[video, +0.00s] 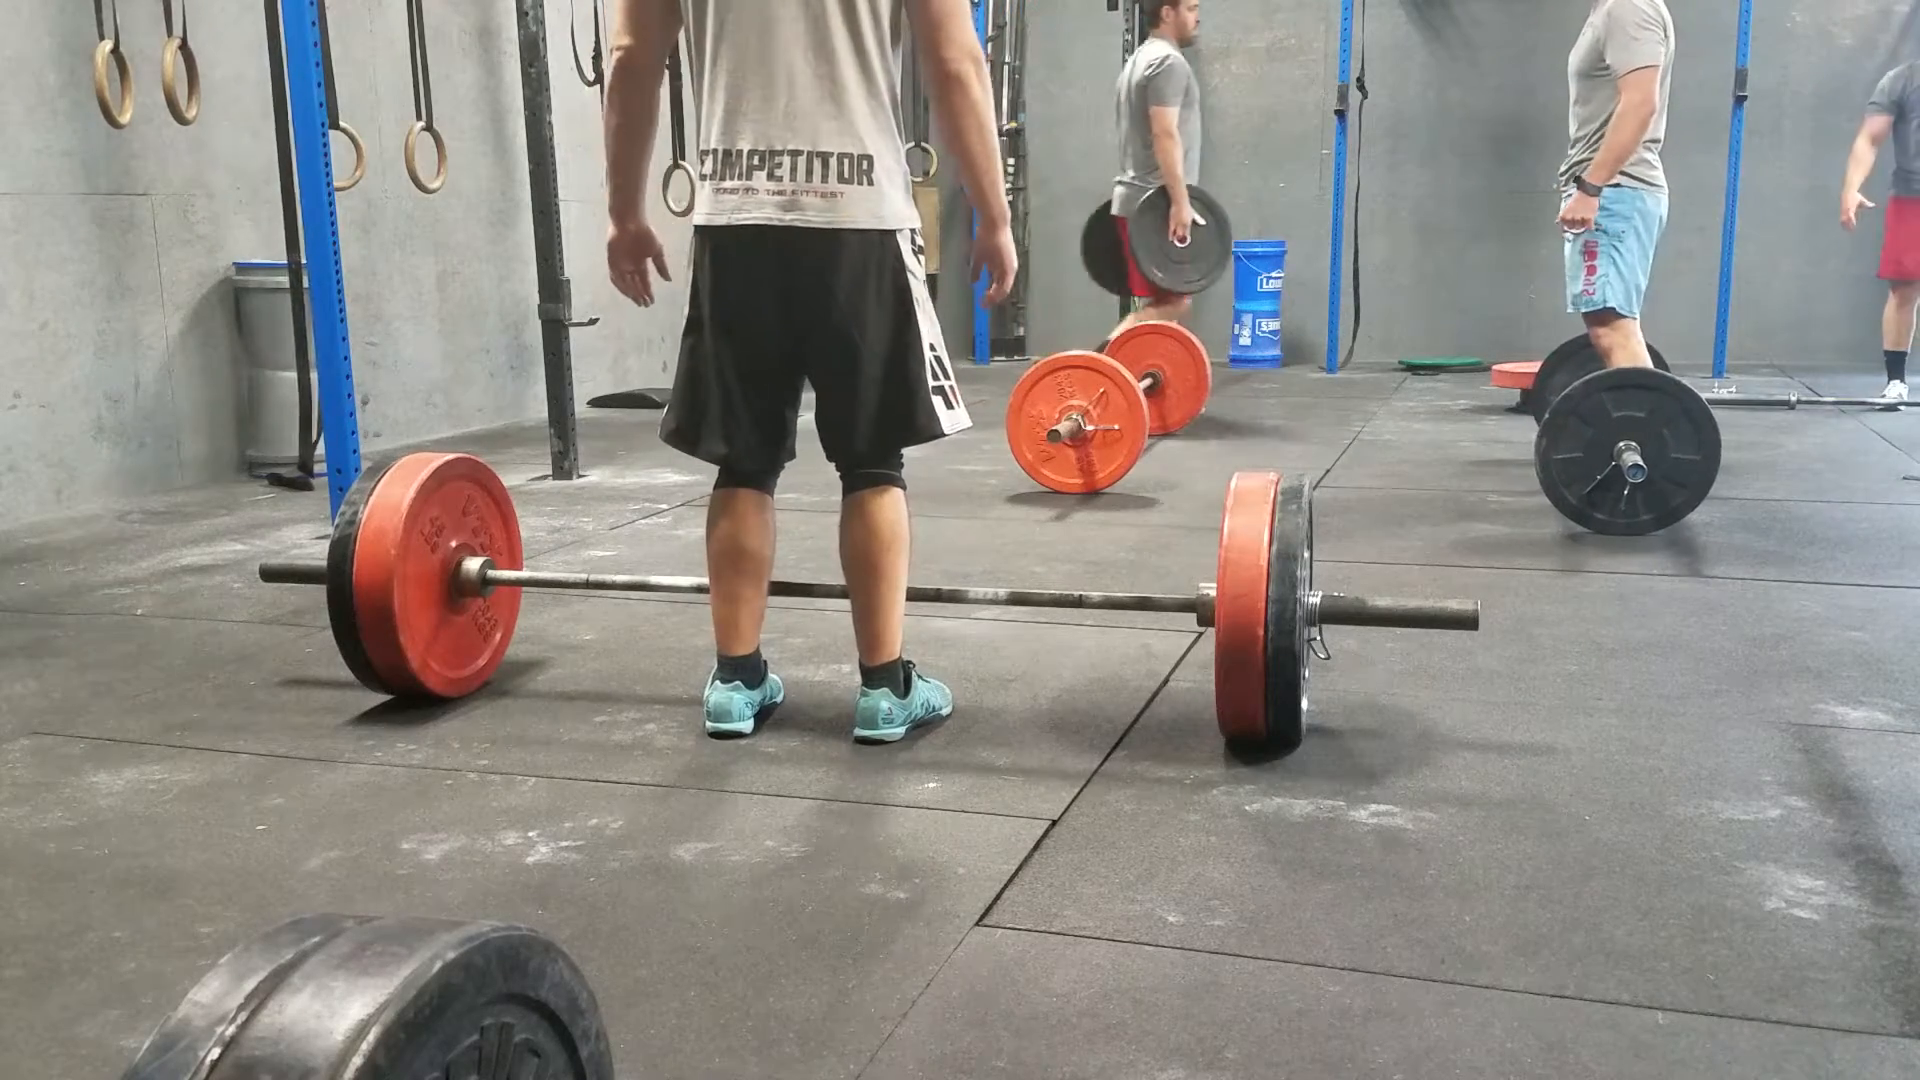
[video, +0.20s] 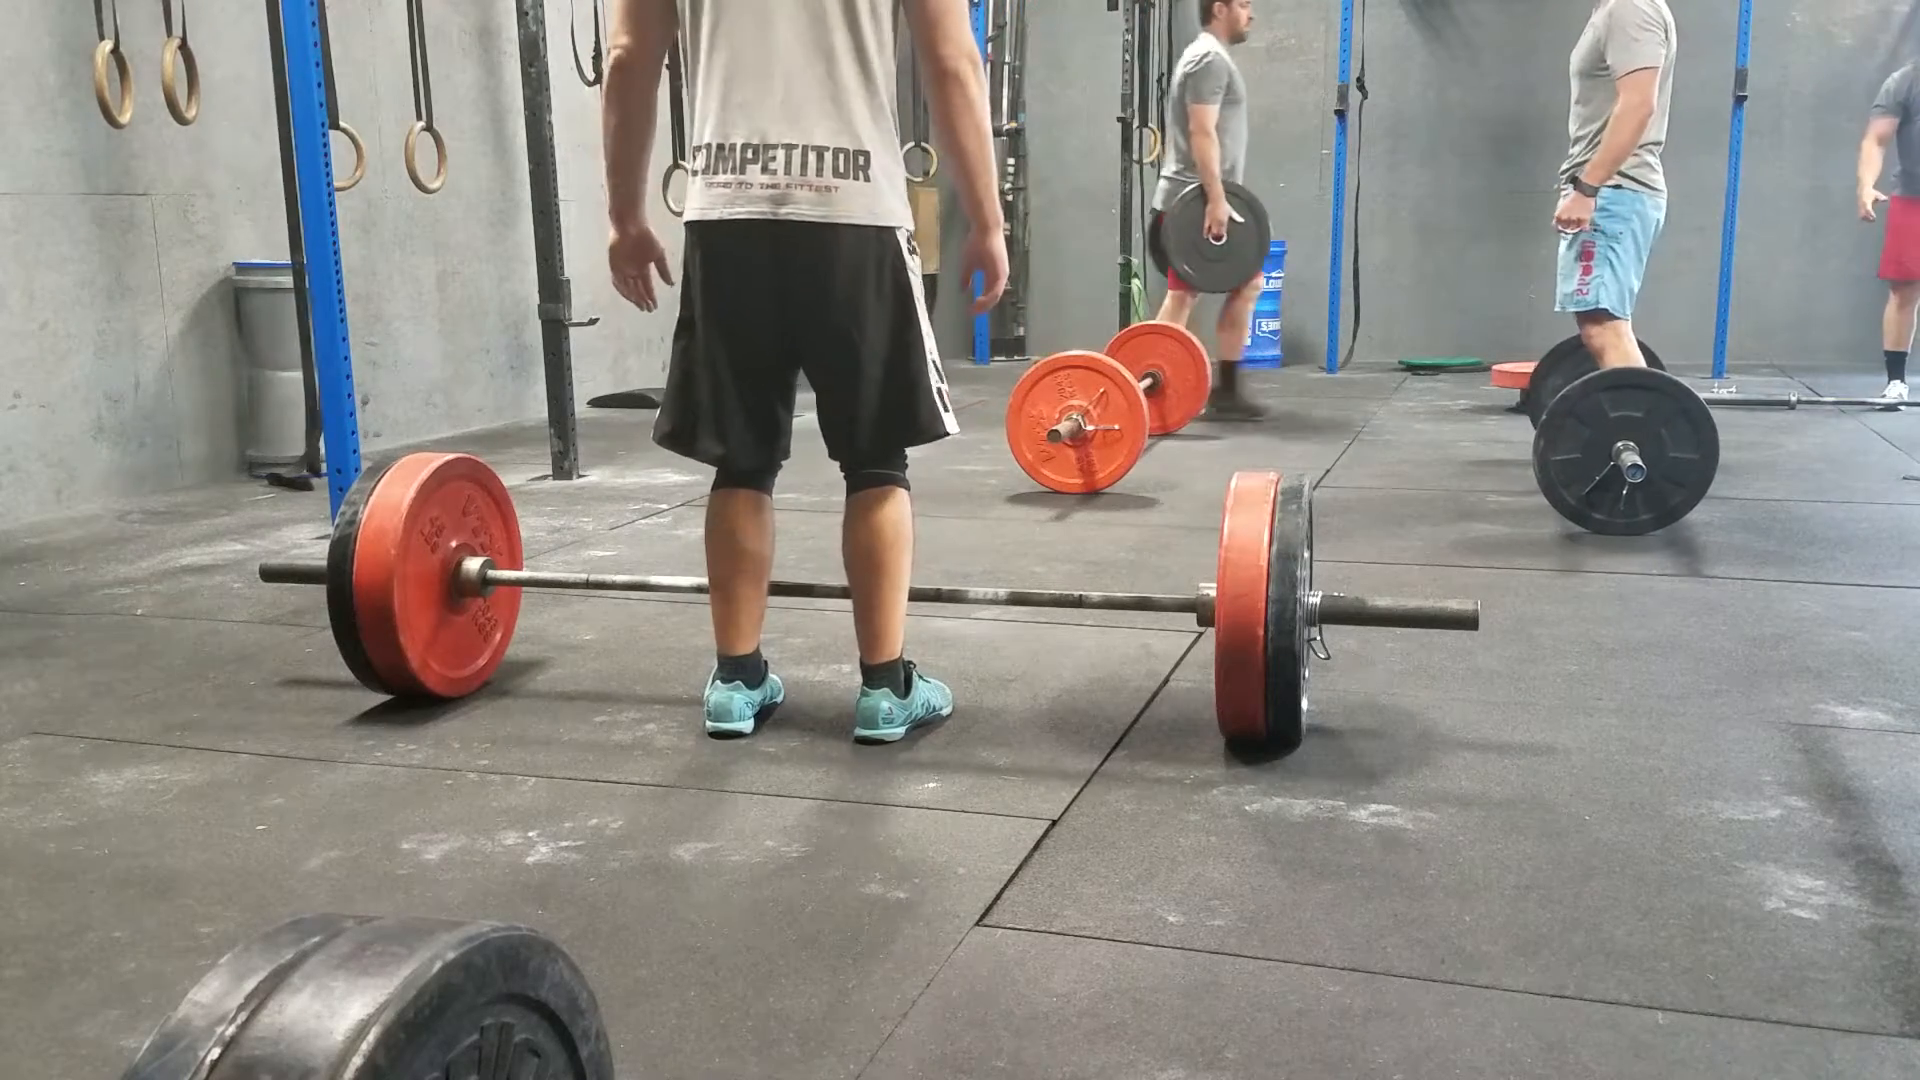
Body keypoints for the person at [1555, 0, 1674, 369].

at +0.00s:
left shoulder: (1629, 9)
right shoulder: (1614, 10)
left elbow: (1639, 103)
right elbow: (1630, 106)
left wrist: (1590, 187)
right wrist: (1585, 187)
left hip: (1619, 191)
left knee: (1612, 331)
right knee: (1615, 329)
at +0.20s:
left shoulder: (1630, 9)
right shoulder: (1617, 10)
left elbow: (1637, 105)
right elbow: (1628, 108)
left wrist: (1586, 188)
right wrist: (1582, 187)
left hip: (1616, 192)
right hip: (1617, 192)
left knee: (1603, 330)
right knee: (1608, 329)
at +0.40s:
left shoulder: (1631, 8)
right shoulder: (1616, 9)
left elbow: (1643, 100)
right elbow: (1618, 108)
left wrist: (1599, 185)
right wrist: (1584, 188)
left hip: (1626, 190)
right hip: (1622, 190)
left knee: (1600, 327)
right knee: (1601, 328)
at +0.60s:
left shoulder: (1628, 8)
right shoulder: (1604, 13)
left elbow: (1651, 98)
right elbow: (1614, 110)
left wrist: (1611, 186)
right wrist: (1591, 186)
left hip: (1643, 184)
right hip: (1631, 185)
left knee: (1627, 327)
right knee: (1627, 326)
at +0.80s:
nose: (1520, 25)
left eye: (1517, 12)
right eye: (1514, 17)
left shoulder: (1612, 21)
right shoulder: (1585, 36)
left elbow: (1656, 107)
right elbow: (1607, 133)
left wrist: (1622, 198)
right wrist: (1588, 207)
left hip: (1674, 183)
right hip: (1650, 185)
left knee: (1639, 329)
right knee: (1638, 329)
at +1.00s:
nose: (1501, 119)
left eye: (1495, 109)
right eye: (1493, 114)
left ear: (1512, 76)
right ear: (1511, 76)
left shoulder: (1580, 77)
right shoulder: (1562, 115)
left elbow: (1645, 144)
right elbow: (1593, 195)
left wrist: (1640, 236)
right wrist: (1586, 274)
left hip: (1711, 188)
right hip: (1686, 192)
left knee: (1646, 328)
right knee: (1647, 331)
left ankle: (1659, 458)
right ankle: (1661, 457)